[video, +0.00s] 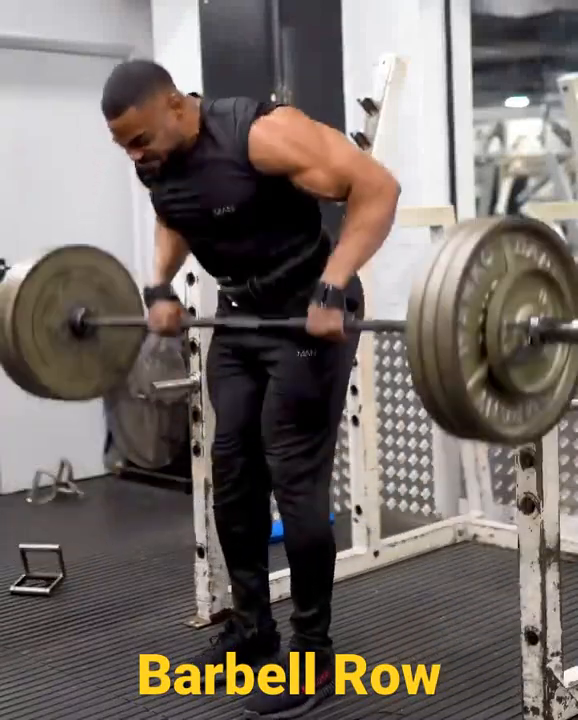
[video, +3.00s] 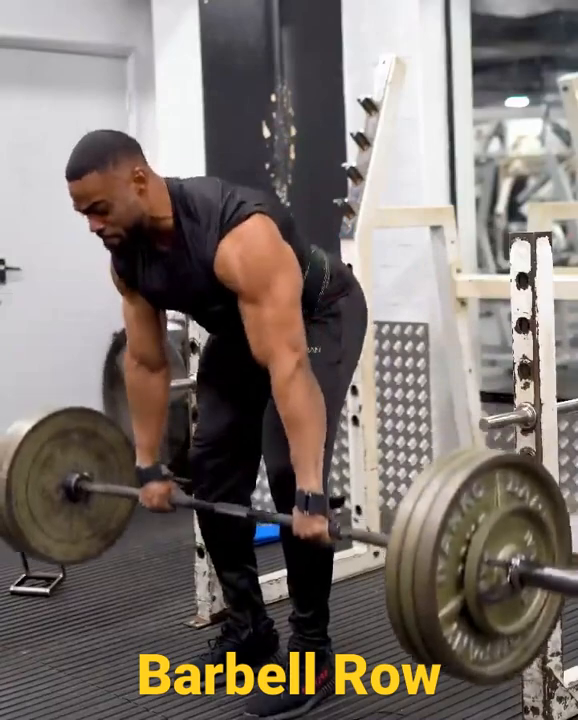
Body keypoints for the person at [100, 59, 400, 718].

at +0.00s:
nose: (136, 157)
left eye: (142, 140)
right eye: (126, 147)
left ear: (181, 108)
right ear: (121, 134)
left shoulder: (267, 134)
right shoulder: (160, 163)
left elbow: (379, 188)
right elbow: (178, 217)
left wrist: (331, 288)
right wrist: (161, 284)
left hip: (309, 323)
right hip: (238, 322)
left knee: (295, 477)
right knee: (232, 476)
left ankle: (311, 653)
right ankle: (253, 626)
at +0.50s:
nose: (133, 176)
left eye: (139, 159)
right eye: (124, 165)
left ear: (178, 128)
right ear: (120, 154)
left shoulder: (268, 167)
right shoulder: (158, 192)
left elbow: (350, 271)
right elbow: (169, 276)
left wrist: (320, 385)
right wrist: (153, 367)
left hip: (316, 331)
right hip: (245, 338)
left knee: (305, 488)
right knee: (230, 484)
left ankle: (311, 649)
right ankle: (250, 628)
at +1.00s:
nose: (108, 220)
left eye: (114, 204)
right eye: (99, 209)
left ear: (155, 174)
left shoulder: (252, 230)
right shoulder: (141, 244)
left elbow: (304, 356)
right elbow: (151, 352)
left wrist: (317, 484)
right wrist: (152, 454)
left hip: (326, 312)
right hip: (248, 324)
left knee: (293, 465)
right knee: (218, 468)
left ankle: (310, 648)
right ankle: (248, 626)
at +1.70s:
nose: (113, 172)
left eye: (118, 156)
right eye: (105, 161)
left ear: (160, 127)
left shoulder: (251, 170)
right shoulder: (149, 193)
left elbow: (329, 277)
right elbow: (159, 292)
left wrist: (311, 400)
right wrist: (147, 386)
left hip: (318, 311)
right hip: (247, 319)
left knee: (305, 469)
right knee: (240, 468)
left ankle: (312, 648)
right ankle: (251, 624)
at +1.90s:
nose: (120, 145)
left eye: (125, 128)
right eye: (111, 134)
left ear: (168, 99)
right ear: (112, 122)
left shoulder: (255, 131)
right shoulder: (149, 159)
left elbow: (361, 204)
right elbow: (165, 225)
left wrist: (319, 306)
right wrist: (149, 297)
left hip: (303, 307)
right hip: (230, 311)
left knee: (299, 473)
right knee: (231, 475)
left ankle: (313, 647)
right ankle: (250, 627)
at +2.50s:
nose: (115, 186)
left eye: (119, 168)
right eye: (106, 175)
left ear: (160, 137)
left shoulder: (253, 176)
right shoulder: (147, 201)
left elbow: (332, 277)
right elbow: (158, 288)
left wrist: (307, 398)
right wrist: (142, 380)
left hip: (315, 321)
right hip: (241, 332)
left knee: (302, 475)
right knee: (226, 481)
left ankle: (311, 646)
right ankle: (248, 627)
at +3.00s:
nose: (94, 227)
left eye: (99, 209)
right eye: (84, 214)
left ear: (140, 178)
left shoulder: (241, 237)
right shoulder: (130, 256)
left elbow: (290, 363)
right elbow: (145, 362)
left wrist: (311, 491)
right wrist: (148, 466)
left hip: (318, 313)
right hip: (238, 326)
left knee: (291, 474)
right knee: (211, 474)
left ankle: (310, 648)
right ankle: (248, 628)